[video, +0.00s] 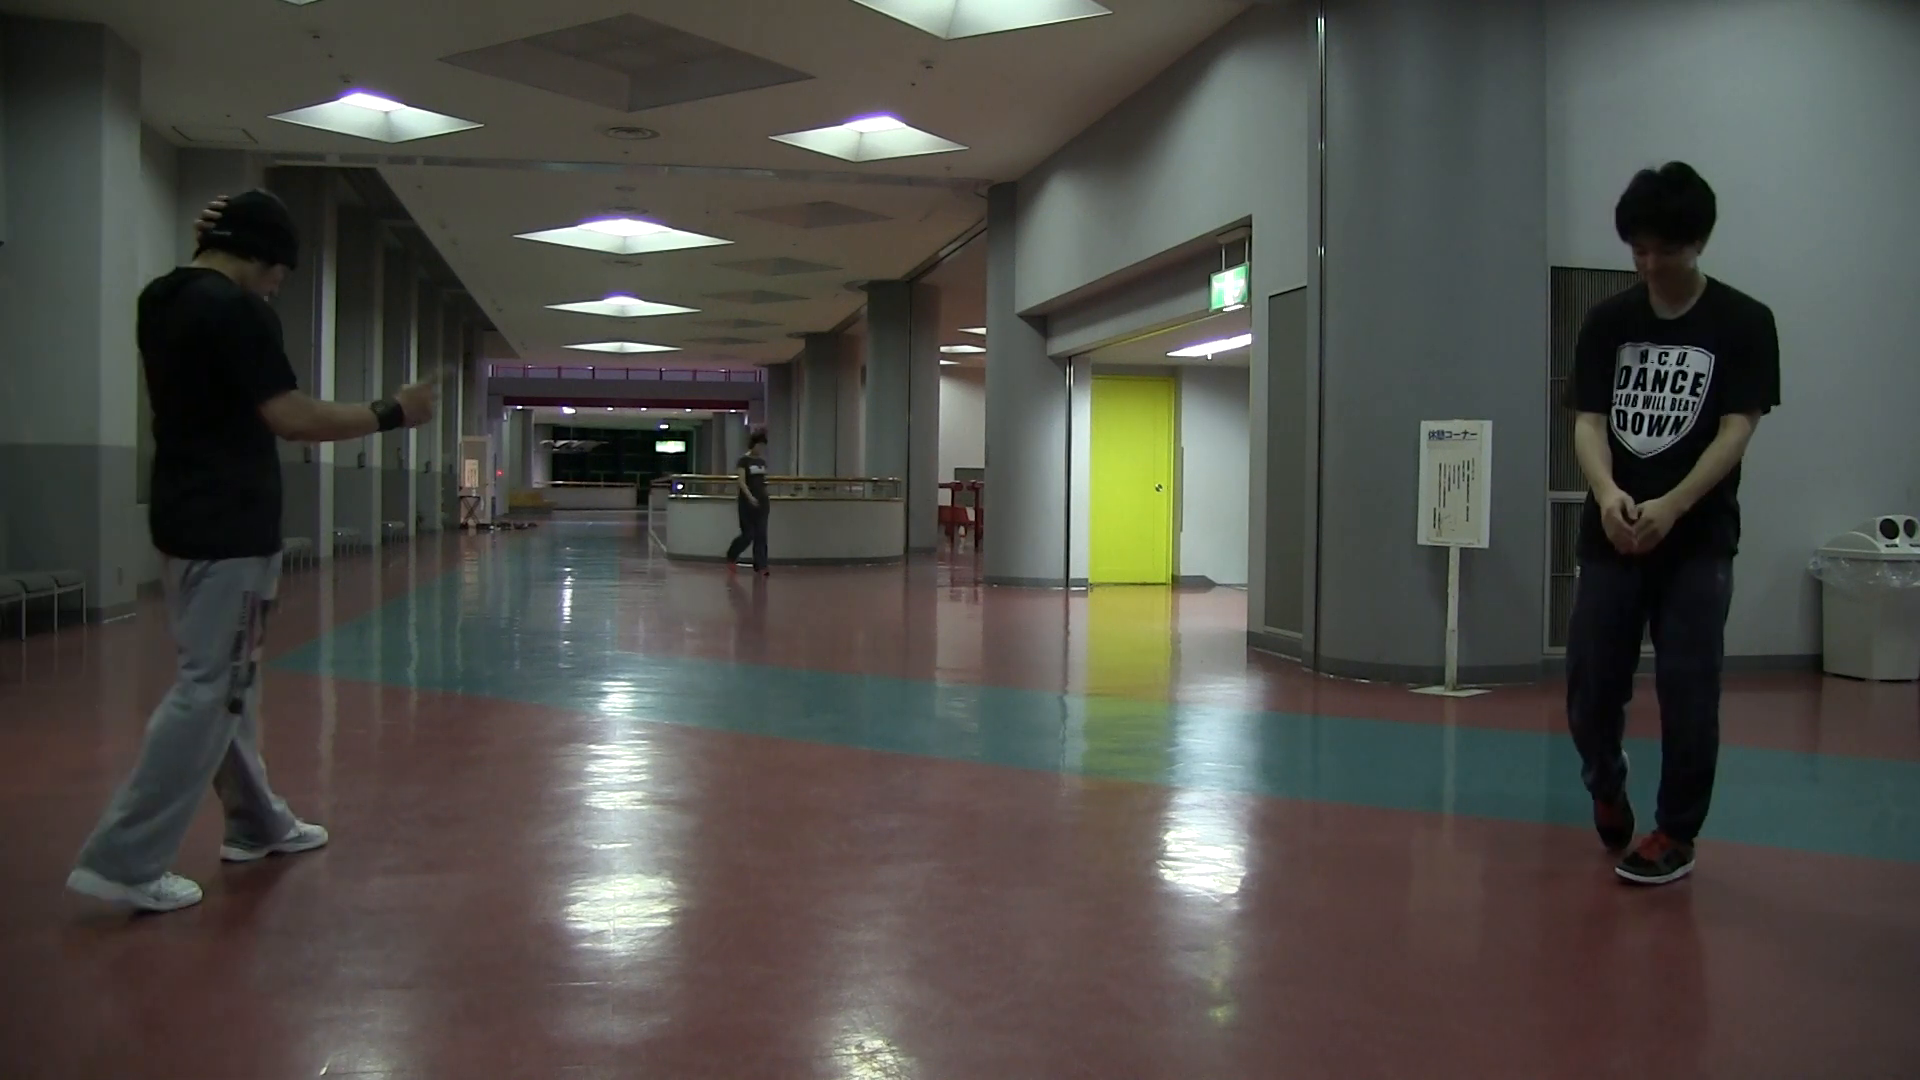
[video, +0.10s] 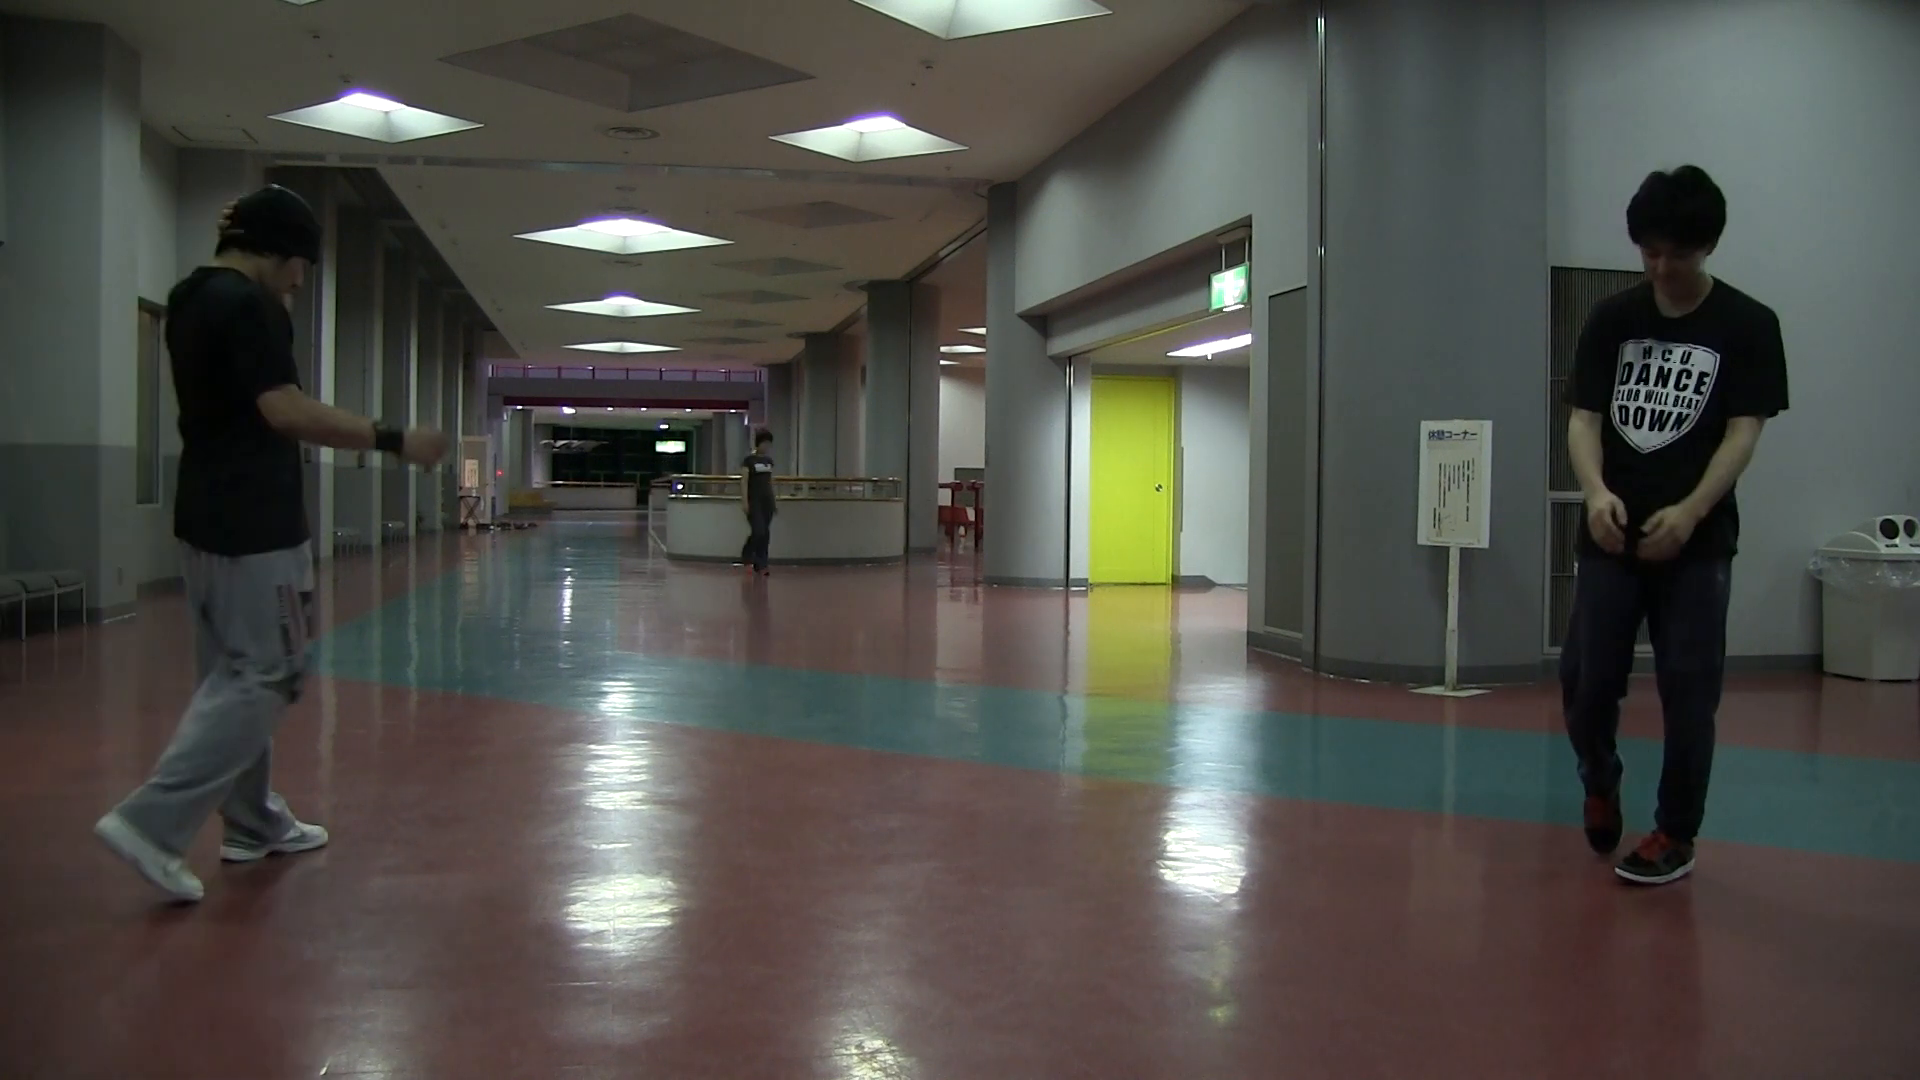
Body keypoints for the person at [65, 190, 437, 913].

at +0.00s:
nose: (276, 288)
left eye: (280, 274)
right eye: (278, 272)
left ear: (212, 244)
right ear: (257, 258)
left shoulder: (160, 300)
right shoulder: (240, 313)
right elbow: (290, 416)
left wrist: (212, 242)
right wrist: (390, 413)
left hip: (184, 522)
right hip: (236, 528)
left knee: (223, 682)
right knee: (207, 691)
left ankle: (257, 824)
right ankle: (119, 862)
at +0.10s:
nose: (299, 282)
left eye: (304, 268)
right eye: (300, 266)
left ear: (236, 240)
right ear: (272, 251)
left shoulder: (191, 298)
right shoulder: (246, 305)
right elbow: (285, 409)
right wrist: (394, 438)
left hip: (206, 521)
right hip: (254, 527)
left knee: (234, 673)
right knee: (271, 675)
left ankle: (253, 821)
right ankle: (150, 823)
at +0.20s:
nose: (322, 276)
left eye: (326, 264)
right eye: (319, 261)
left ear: (261, 245)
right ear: (287, 251)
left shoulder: (222, 299)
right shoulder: (261, 304)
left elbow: (248, 401)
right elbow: (284, 411)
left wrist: (300, 322)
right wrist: (370, 479)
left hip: (227, 517)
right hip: (275, 522)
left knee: (241, 664)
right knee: (325, 664)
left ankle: (257, 816)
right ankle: (207, 794)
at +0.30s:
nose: (344, 280)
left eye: (347, 269)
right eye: (341, 265)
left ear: (288, 251)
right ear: (310, 254)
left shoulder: (258, 300)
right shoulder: (278, 305)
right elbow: (282, 413)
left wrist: (323, 272)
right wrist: (320, 512)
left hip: (250, 520)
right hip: (292, 520)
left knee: (257, 666)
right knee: (358, 659)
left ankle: (246, 820)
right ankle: (284, 808)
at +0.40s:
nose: (372, 282)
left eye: (375, 271)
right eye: (370, 268)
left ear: (319, 255)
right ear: (340, 258)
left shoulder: (299, 307)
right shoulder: (301, 311)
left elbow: (383, 324)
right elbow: (286, 416)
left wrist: (356, 273)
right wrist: (277, 513)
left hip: (285, 528)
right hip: (326, 528)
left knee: (271, 679)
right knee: (379, 668)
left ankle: (254, 824)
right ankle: (376, 819)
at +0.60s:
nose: (425, 295)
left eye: (428, 284)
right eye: (421, 281)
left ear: (381, 268)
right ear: (387, 270)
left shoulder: (368, 323)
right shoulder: (341, 322)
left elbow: (436, 359)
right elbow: (316, 424)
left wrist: (425, 288)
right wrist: (298, 525)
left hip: (347, 534)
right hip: (370, 538)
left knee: (302, 684)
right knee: (404, 684)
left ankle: (259, 816)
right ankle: (438, 810)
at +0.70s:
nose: (449, 283)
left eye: (451, 272)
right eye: (444, 271)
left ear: (396, 261)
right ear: (413, 265)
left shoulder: (380, 320)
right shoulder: (374, 324)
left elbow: (430, 385)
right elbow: (358, 434)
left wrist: (472, 321)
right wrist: (354, 535)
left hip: (374, 531)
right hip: (402, 535)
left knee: (349, 664)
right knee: (423, 669)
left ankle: (286, 784)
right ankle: (437, 808)